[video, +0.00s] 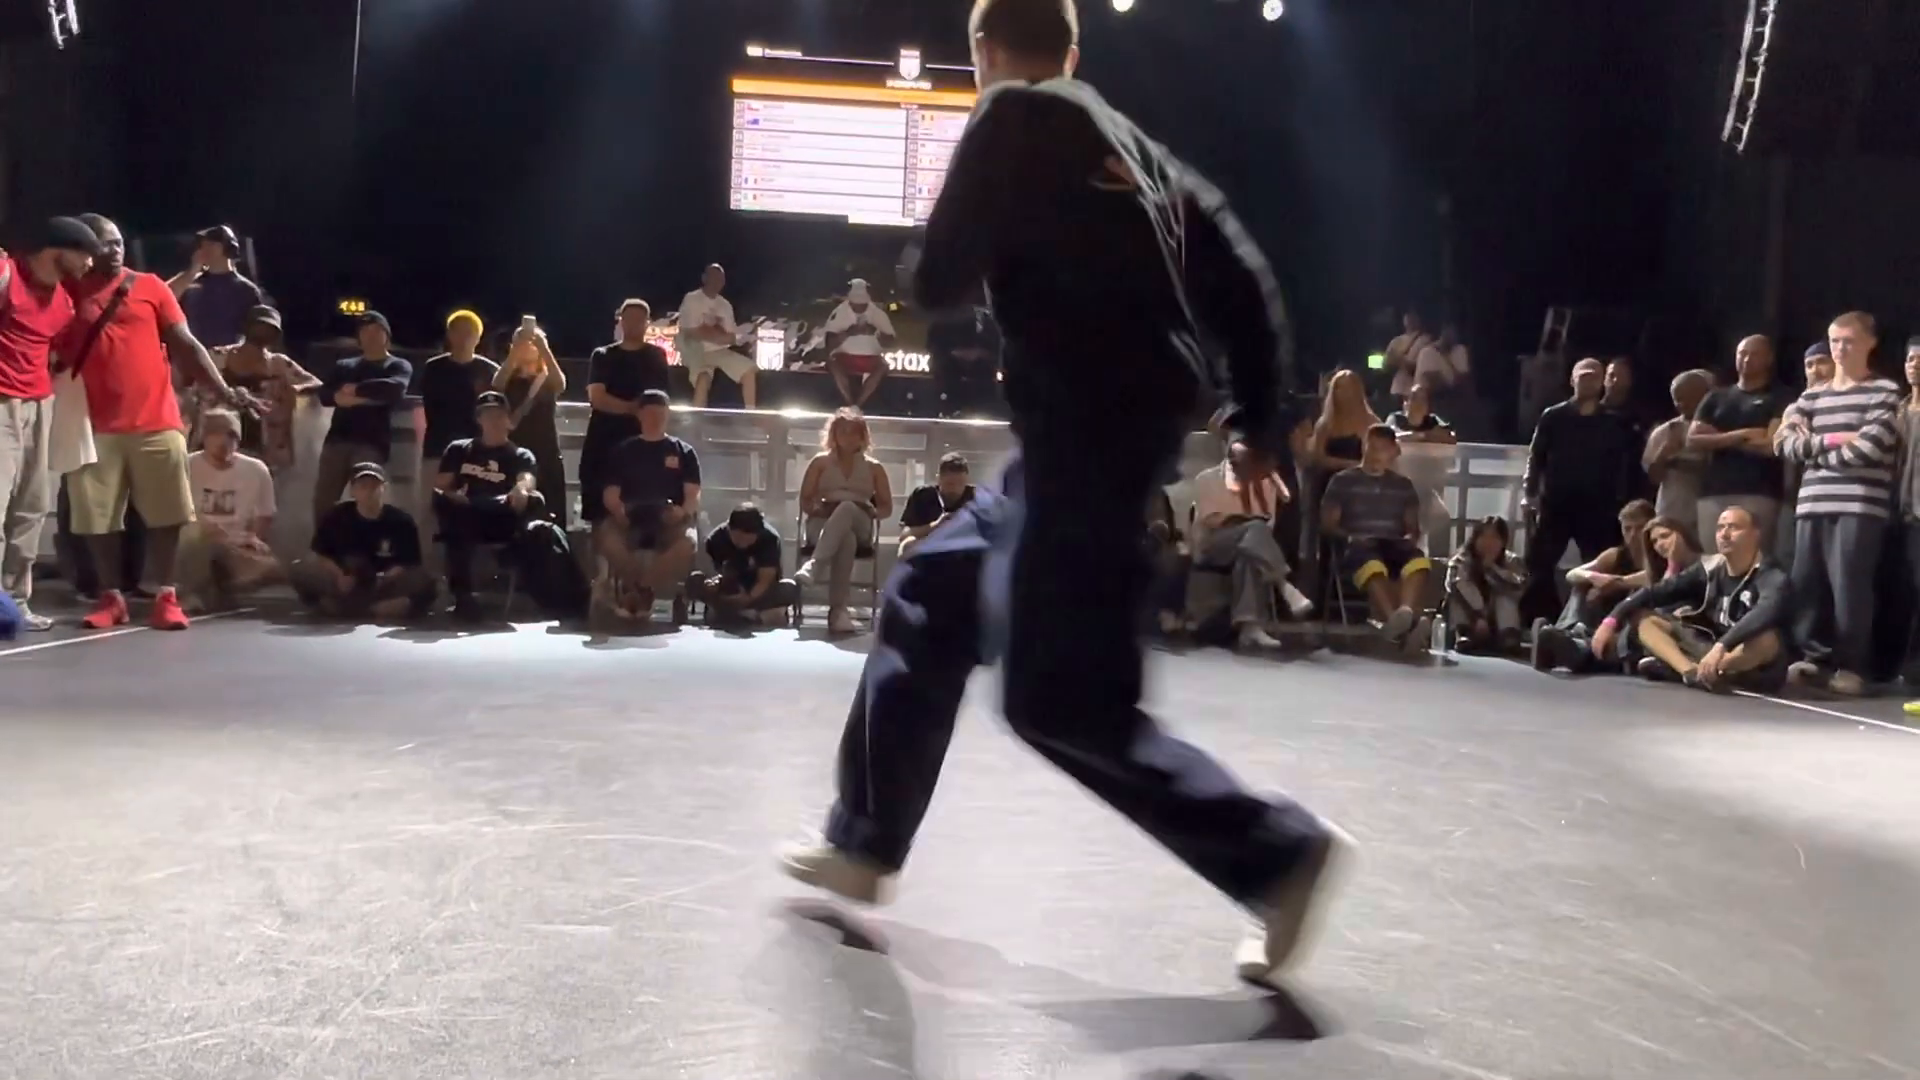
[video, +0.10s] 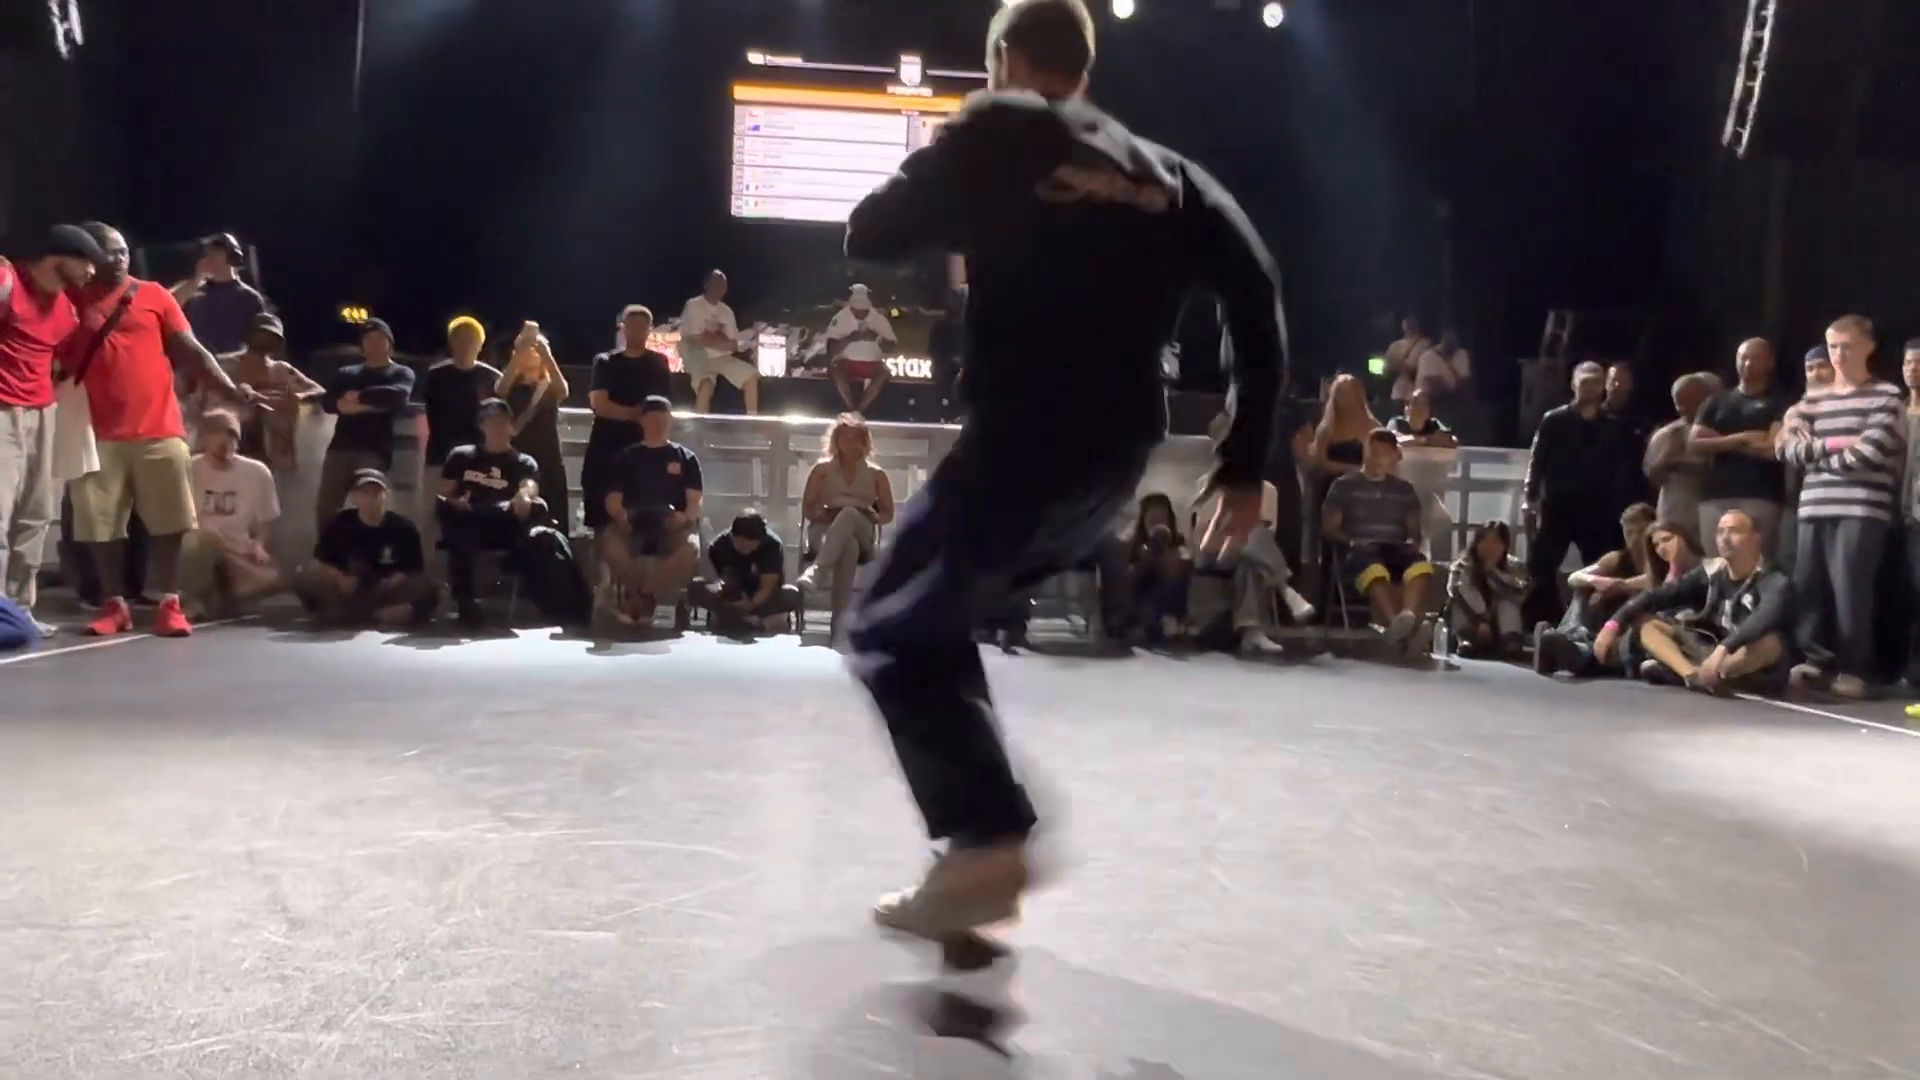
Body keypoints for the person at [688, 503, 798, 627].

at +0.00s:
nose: (741, 542)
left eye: (747, 538)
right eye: (738, 537)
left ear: (756, 533)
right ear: (731, 529)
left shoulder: (769, 539)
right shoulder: (714, 541)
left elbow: (766, 579)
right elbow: (722, 573)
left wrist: (748, 598)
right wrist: (715, 582)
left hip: (760, 584)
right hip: (731, 585)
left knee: (790, 588)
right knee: (695, 582)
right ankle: (756, 616)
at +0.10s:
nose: (744, 548)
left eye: (750, 544)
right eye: (740, 543)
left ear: (759, 539)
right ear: (733, 536)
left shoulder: (772, 545)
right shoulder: (717, 547)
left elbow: (768, 585)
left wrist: (751, 604)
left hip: (761, 591)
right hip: (732, 592)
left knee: (791, 593)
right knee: (696, 588)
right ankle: (751, 621)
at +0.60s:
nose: (748, 560)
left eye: (754, 556)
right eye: (744, 555)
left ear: (763, 549)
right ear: (737, 546)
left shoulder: (776, 554)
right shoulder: (721, 557)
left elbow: (773, 595)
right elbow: (732, 591)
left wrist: (755, 614)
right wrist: (725, 598)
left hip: (767, 601)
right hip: (738, 603)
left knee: (797, 603)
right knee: (702, 597)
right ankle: (763, 631)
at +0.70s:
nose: (749, 560)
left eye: (755, 556)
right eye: (745, 555)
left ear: (764, 549)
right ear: (737, 546)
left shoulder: (777, 554)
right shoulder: (722, 557)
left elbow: (774, 595)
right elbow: (733, 590)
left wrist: (756, 614)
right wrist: (725, 598)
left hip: (767, 601)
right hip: (738, 603)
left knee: (798, 603)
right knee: (703, 598)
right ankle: (762, 630)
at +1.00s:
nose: (751, 558)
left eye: (756, 555)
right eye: (747, 553)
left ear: (766, 550)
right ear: (740, 546)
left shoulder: (780, 556)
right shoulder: (725, 558)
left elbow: (776, 596)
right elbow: (736, 589)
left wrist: (759, 615)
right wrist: (728, 598)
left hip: (769, 601)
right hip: (742, 604)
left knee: (801, 604)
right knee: (705, 598)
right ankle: (767, 633)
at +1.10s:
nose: (752, 558)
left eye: (758, 553)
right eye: (748, 552)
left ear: (767, 547)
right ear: (741, 545)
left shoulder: (780, 553)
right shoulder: (725, 556)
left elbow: (777, 594)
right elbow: (736, 588)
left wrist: (760, 614)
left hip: (770, 599)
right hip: (742, 602)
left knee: (801, 602)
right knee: (706, 596)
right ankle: (768, 631)